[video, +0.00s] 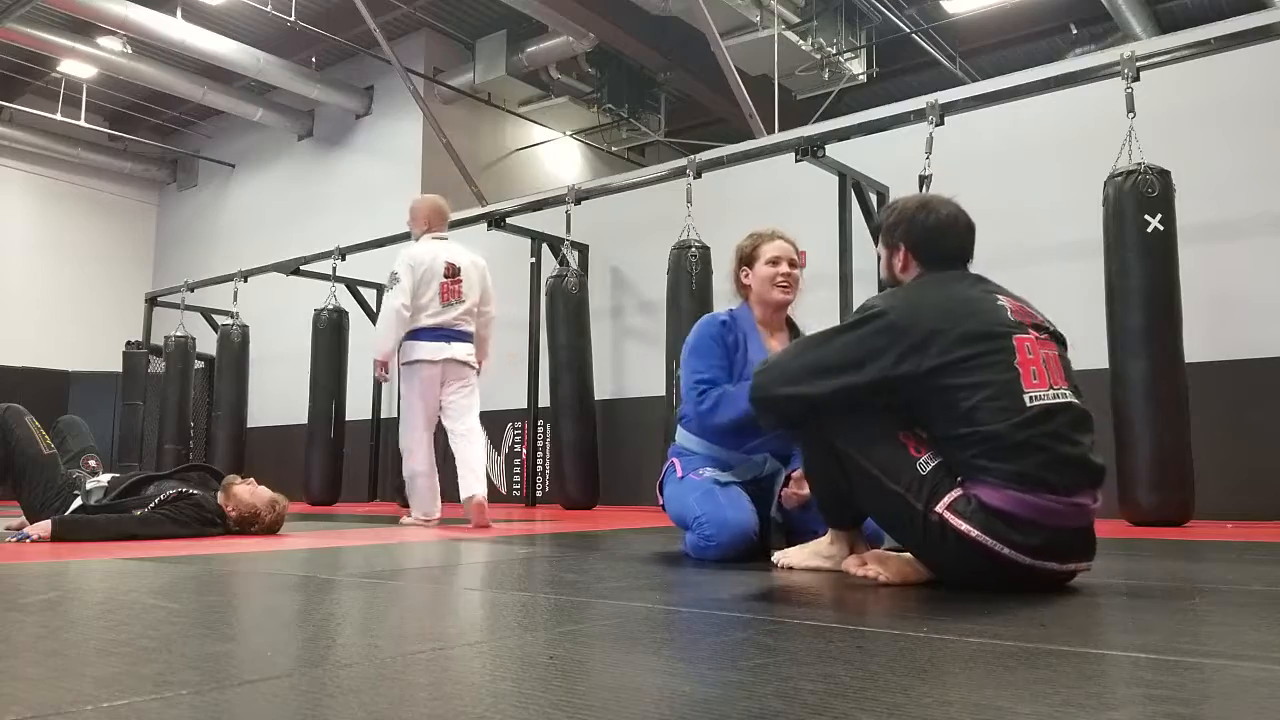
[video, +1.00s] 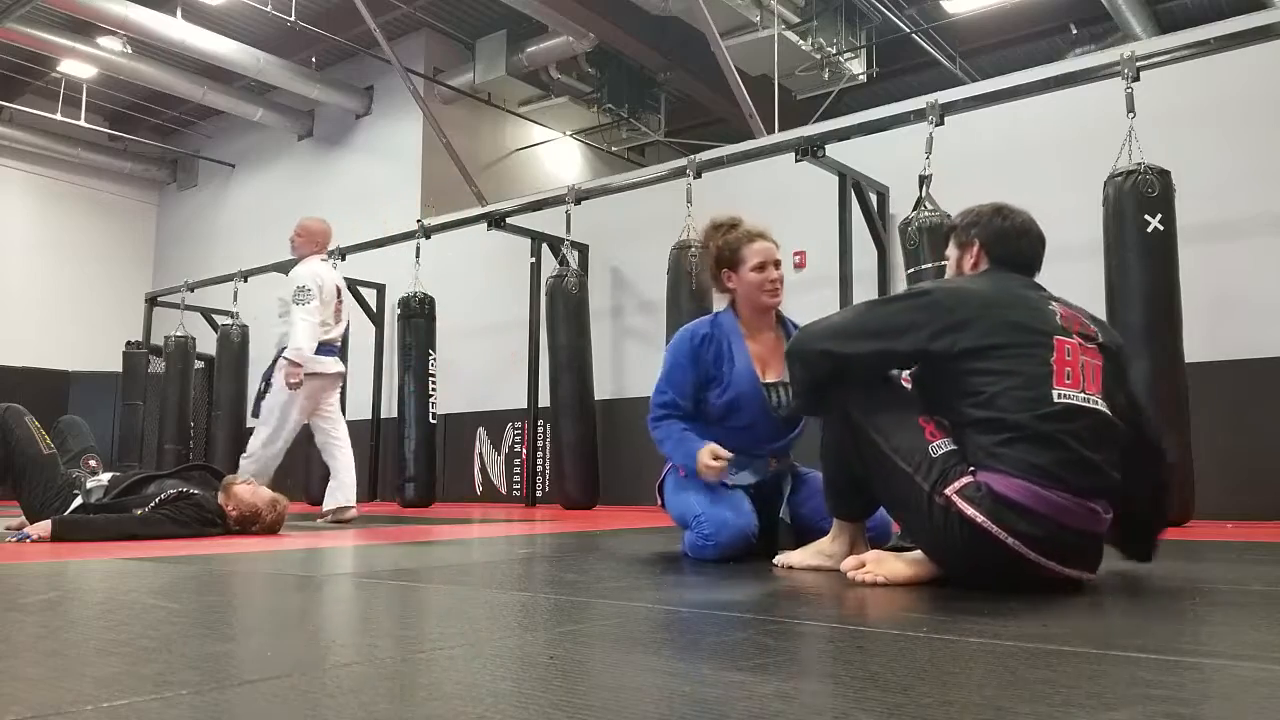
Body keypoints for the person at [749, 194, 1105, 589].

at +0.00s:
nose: (881, 267)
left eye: (882, 254)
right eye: (880, 254)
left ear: (902, 257)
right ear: (961, 254)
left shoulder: (906, 309)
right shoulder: (1015, 306)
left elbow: (770, 386)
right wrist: (828, 473)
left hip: (991, 545)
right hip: (1070, 551)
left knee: (823, 400)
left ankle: (840, 540)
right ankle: (931, 555)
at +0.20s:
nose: (882, 272)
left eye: (883, 259)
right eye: (882, 260)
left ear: (905, 260)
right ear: (960, 260)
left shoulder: (908, 306)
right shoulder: (1010, 309)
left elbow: (776, 381)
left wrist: (764, 362)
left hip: (990, 542)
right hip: (1070, 552)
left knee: (828, 397)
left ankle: (841, 540)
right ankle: (922, 552)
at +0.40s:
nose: (892, 272)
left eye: (895, 258)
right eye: (893, 259)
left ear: (921, 257)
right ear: (974, 258)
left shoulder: (923, 302)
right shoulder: (1015, 306)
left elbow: (787, 370)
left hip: (992, 539)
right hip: (1069, 550)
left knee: (833, 390)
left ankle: (840, 538)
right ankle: (927, 549)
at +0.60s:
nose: (908, 271)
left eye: (913, 255)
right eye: (909, 257)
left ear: (940, 252)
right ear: (994, 257)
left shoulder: (935, 300)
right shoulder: (1034, 307)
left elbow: (790, 365)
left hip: (990, 537)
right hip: (1070, 552)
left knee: (837, 389)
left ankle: (842, 537)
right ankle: (931, 551)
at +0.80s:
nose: (926, 271)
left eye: (930, 257)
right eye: (927, 258)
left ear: (956, 252)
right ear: (1010, 261)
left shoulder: (947, 299)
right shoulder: (1063, 319)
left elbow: (800, 356)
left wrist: (817, 421)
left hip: (989, 539)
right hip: (1071, 556)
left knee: (843, 389)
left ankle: (842, 539)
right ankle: (933, 551)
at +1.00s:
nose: (946, 275)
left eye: (949, 263)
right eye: (947, 264)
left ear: (974, 256)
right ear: (1034, 266)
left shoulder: (961, 298)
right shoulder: (1092, 327)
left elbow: (812, 344)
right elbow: (1143, 446)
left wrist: (824, 406)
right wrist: (1136, 535)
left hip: (982, 536)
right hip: (1071, 559)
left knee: (854, 391)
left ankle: (843, 539)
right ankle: (928, 552)